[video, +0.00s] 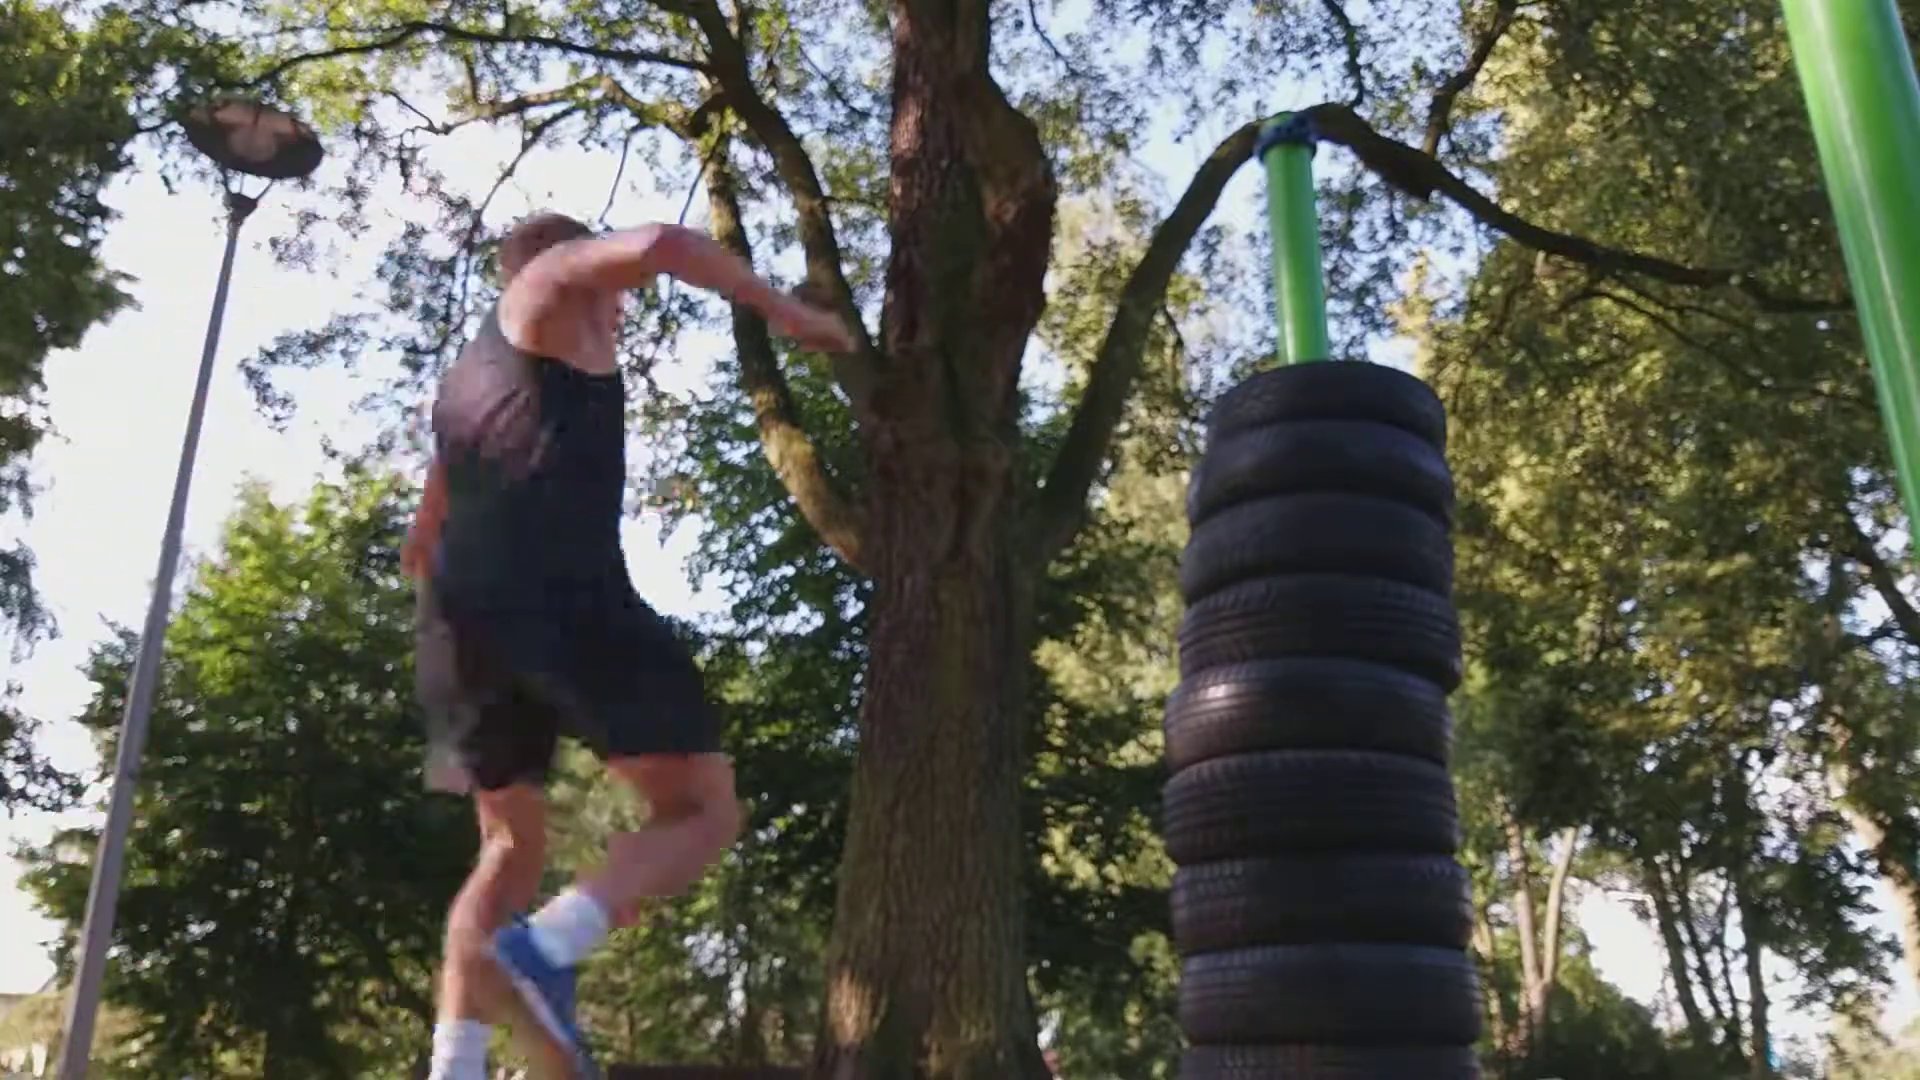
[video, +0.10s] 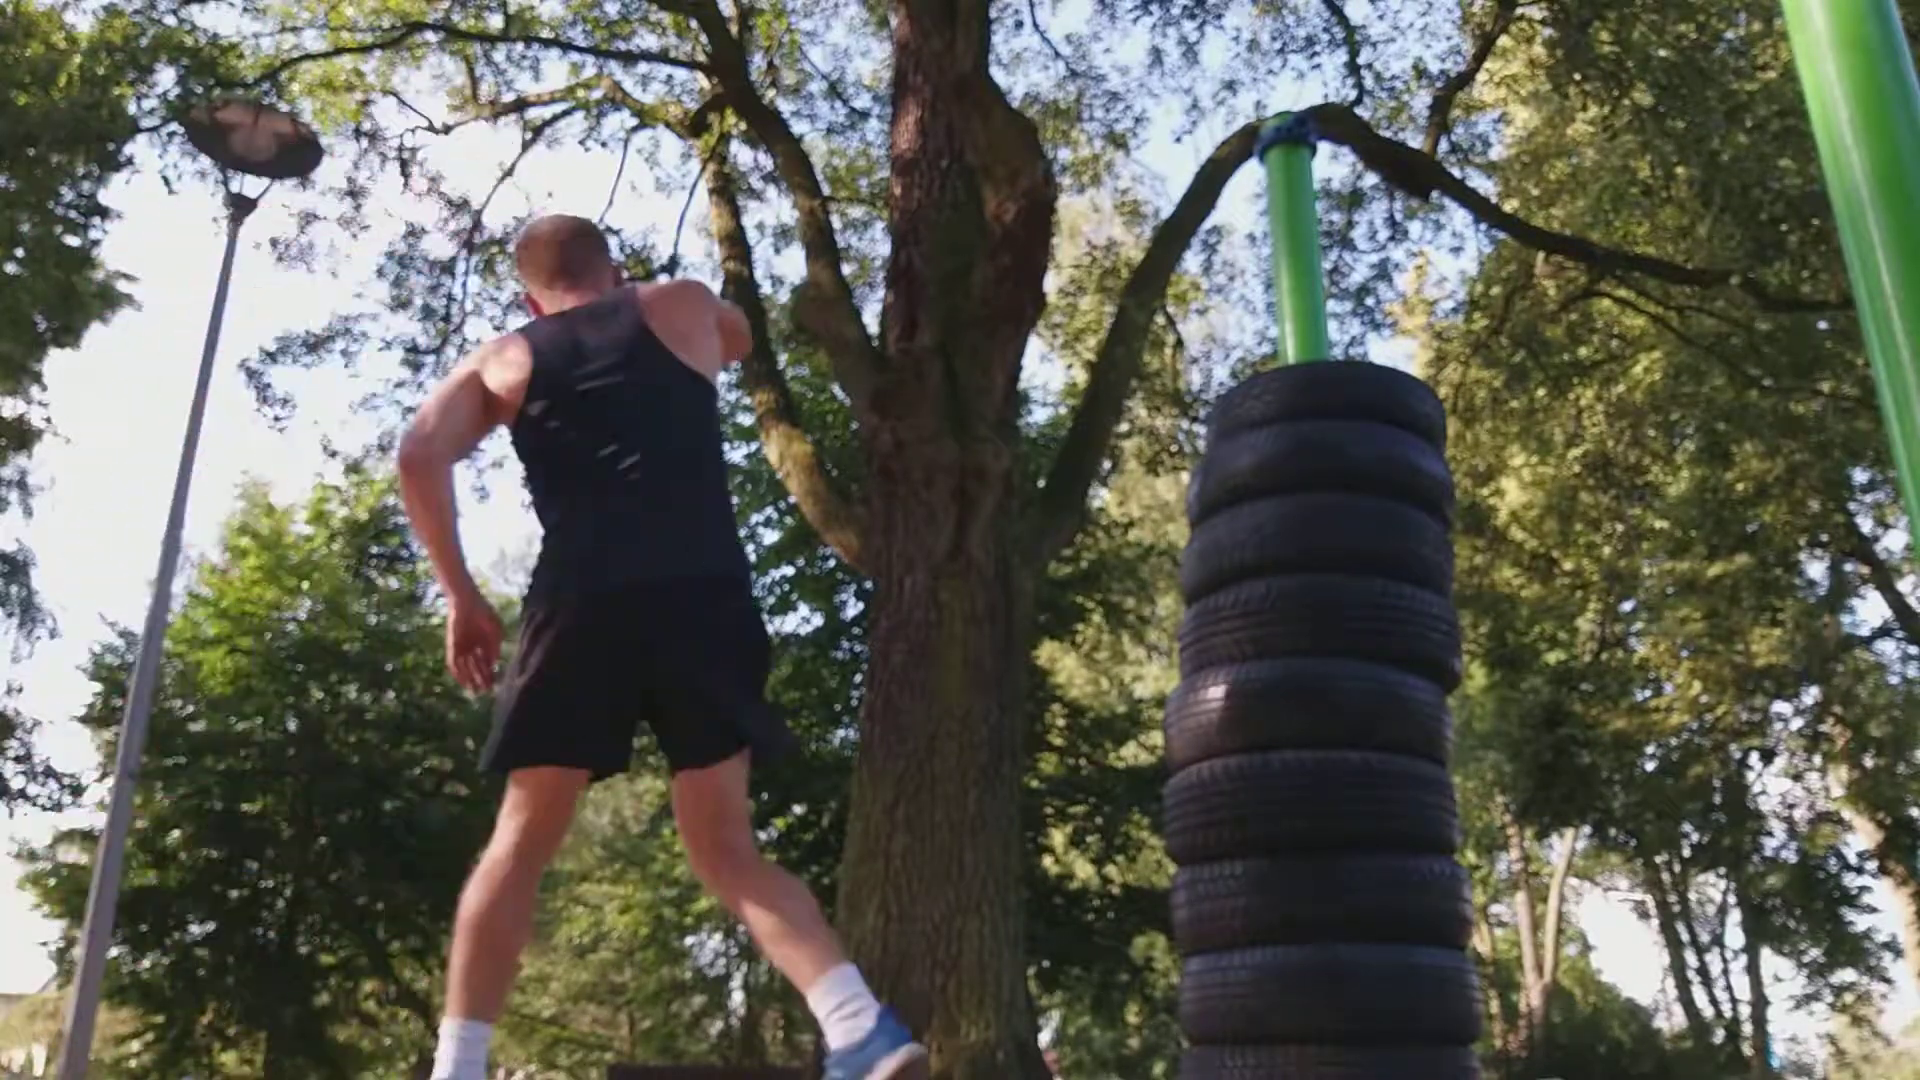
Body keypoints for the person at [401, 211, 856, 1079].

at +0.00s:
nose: (621, 315)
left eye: (620, 301)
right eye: (609, 296)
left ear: (507, 280)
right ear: (564, 270)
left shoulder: (461, 385)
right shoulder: (546, 278)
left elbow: (423, 542)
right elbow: (663, 243)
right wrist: (782, 304)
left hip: (465, 619)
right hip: (569, 602)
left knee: (509, 844)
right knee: (703, 813)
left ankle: (456, 1064)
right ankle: (550, 944)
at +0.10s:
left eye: (525, 295)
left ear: (534, 295)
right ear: (618, 268)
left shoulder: (505, 358)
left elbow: (419, 458)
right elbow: (738, 338)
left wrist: (461, 596)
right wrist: (650, 312)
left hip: (583, 619)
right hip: (711, 610)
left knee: (520, 843)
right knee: (729, 853)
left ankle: (457, 1067)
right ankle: (863, 1030)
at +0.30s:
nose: (683, 301)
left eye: (678, 285)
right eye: (661, 288)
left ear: (667, 293)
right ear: (594, 314)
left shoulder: (719, 345)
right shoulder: (555, 453)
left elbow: (864, 397)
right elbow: (490, 604)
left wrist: (759, 444)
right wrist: (623, 656)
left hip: (844, 518)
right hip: (791, 606)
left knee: (842, 469)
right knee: (813, 813)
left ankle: (1067, 614)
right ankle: (901, 1043)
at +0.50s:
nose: (685, 412)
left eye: (674, 394)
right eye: (655, 413)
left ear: (682, 399)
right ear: (609, 465)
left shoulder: (744, 418)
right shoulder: (651, 615)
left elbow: (821, 356)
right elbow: (713, 747)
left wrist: (919, 423)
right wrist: (844, 767)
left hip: (964, 536)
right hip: (911, 652)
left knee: (1124, 467)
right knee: (911, 840)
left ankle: (1238, 408)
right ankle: (931, 1064)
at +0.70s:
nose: (690, 403)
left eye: (696, 373)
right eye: (660, 393)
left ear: (716, 354)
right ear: (622, 409)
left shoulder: (800, 368)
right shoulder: (669, 543)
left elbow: (951, 332)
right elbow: (765, 674)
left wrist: (1059, 422)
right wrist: (879, 746)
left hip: (1016, 519)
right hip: (949, 630)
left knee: (1245, 519)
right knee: (949, 836)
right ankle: (945, 1066)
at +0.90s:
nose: (777, 131)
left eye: (796, 107)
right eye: (753, 110)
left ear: (828, 118)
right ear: (716, 129)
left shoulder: (910, 209)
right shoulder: (699, 283)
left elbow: (1062, 319)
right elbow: (692, 447)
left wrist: (972, 373)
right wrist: (723, 564)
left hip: (989, 489)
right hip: (877, 557)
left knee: (1086, 661)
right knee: (907, 826)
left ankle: (1162, 980)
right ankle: (940, 1068)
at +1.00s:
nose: (837, 59)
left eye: (859, 36)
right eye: (811, 40)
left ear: (891, 58)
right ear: (768, 71)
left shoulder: (959, 181)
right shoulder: (755, 238)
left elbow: (1033, 344)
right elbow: (709, 405)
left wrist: (851, 370)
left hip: (984, 493)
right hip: (855, 535)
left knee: (1017, 683)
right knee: (820, 834)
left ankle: (1078, 1039)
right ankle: (933, 1060)